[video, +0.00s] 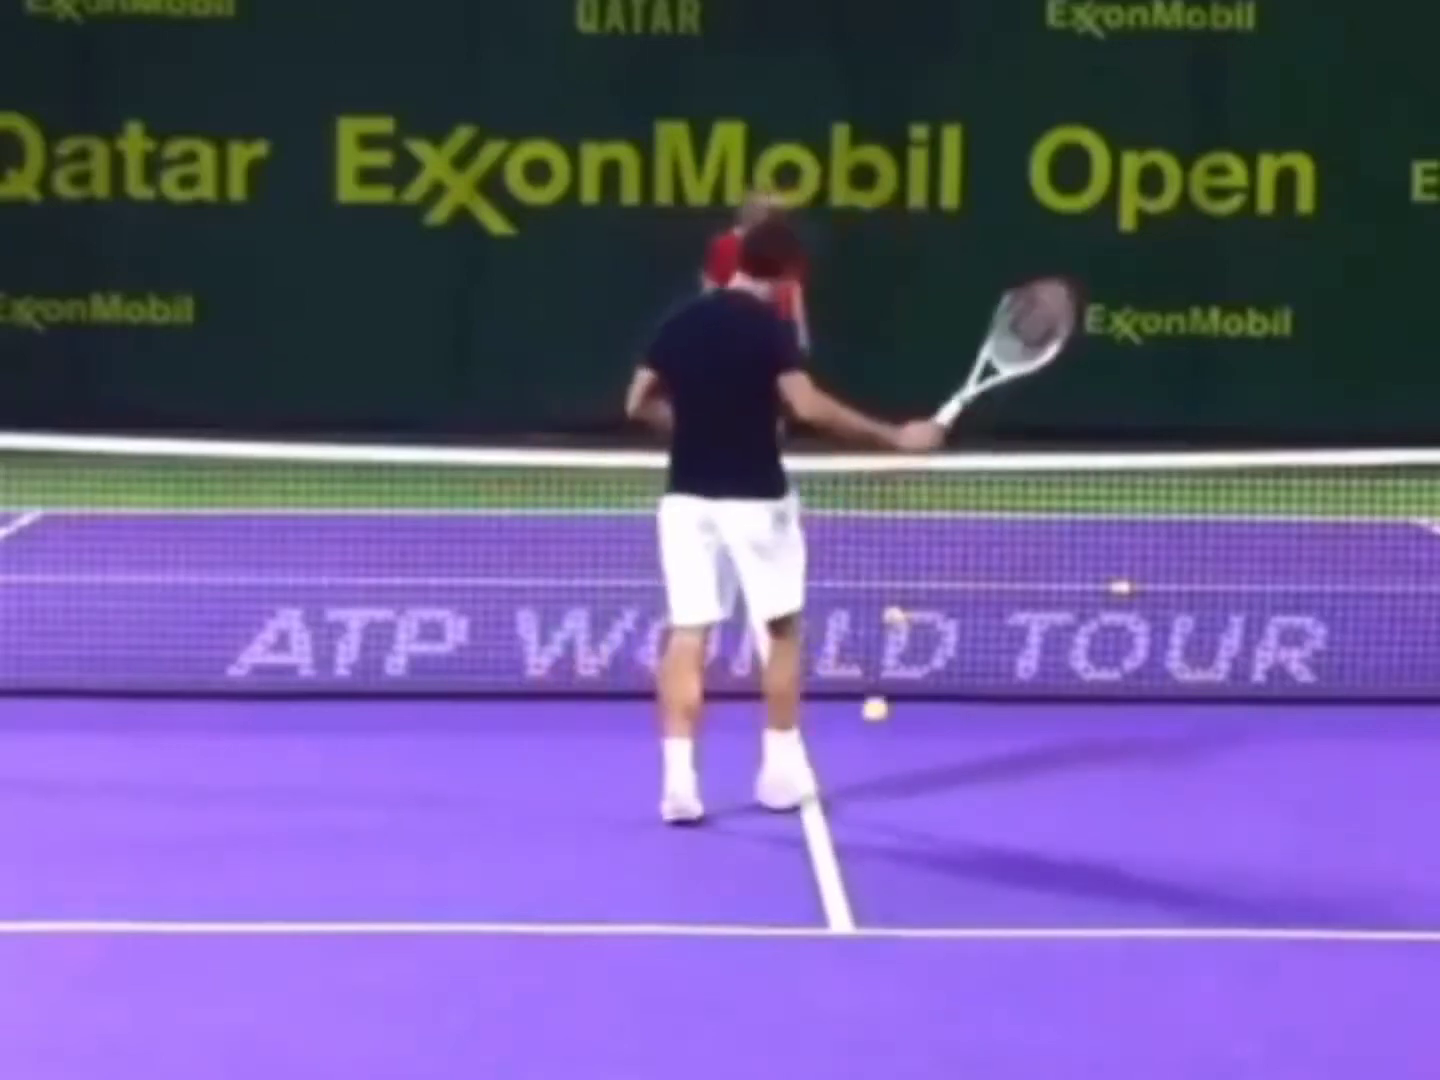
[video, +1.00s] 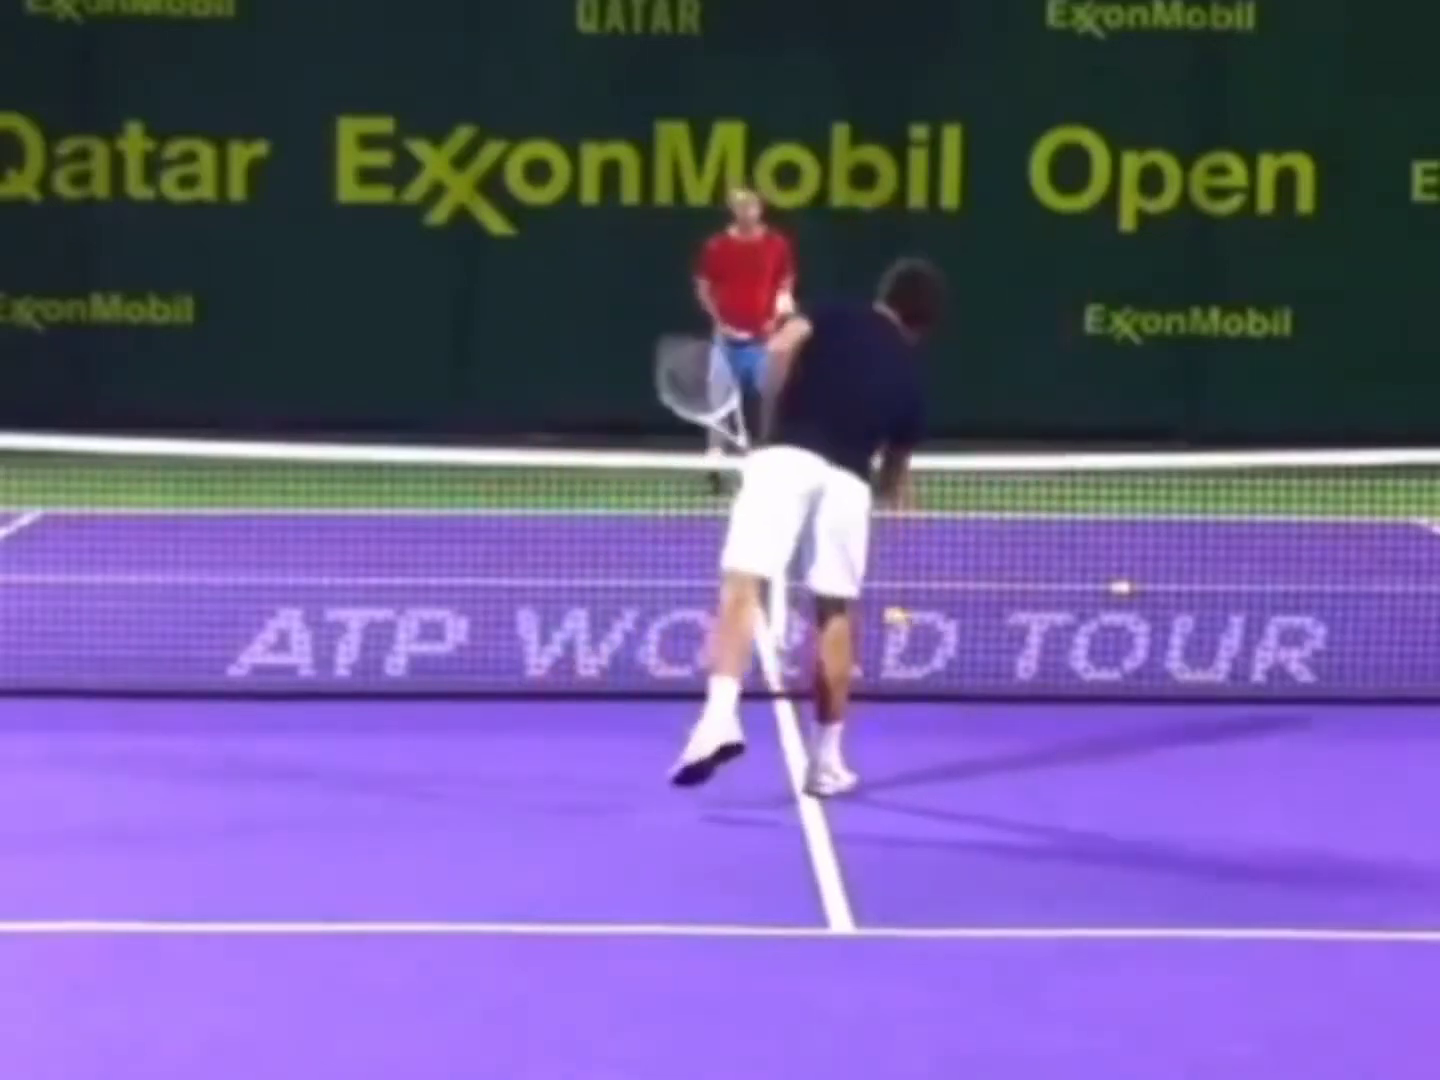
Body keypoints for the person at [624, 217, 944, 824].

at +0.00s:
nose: (794, 288)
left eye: (793, 279)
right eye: (794, 279)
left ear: (737, 263)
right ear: (783, 275)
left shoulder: (686, 318)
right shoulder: (771, 326)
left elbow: (639, 403)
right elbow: (807, 406)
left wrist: (690, 425)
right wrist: (896, 436)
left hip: (686, 497)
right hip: (757, 499)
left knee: (686, 633)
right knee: (781, 631)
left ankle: (677, 774)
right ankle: (782, 765)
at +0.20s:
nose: (839, 315)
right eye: (841, 306)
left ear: (786, 289)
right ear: (837, 306)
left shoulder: (731, 337)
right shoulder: (822, 354)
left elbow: (668, 411)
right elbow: (861, 438)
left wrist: (720, 441)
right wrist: (943, 468)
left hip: (714, 514)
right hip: (782, 522)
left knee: (698, 643)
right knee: (805, 641)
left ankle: (679, 775)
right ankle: (821, 760)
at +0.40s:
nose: (895, 344)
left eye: (895, 334)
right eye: (897, 335)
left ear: (850, 306)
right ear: (890, 330)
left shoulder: (787, 328)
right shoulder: (870, 371)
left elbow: (713, 377)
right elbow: (889, 472)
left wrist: (714, 449)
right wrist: (949, 531)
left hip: (741, 488)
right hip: (810, 504)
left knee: (711, 621)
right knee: (821, 626)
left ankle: (695, 742)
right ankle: (825, 762)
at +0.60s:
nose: (915, 367)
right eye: (917, 359)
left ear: (878, 324)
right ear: (913, 355)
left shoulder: (821, 328)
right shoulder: (895, 396)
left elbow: (750, 338)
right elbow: (899, 510)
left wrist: (723, 414)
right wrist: (913, 601)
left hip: (762, 463)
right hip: (827, 488)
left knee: (725, 595)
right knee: (825, 619)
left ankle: (688, 720)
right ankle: (824, 759)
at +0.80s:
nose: (921, 367)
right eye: (923, 359)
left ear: (884, 323)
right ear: (919, 356)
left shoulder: (836, 328)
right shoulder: (903, 397)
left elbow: (772, 346)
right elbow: (898, 505)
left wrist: (762, 421)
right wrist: (871, 539)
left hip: (778, 459)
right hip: (842, 487)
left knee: (727, 584)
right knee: (833, 616)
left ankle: (690, 705)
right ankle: (826, 759)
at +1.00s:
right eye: (922, 319)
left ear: (880, 297)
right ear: (926, 325)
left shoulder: (837, 315)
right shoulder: (910, 377)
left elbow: (781, 347)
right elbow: (895, 468)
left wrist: (771, 427)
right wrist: (883, 492)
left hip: (784, 460)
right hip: (847, 484)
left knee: (742, 586)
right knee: (835, 616)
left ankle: (720, 713)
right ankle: (828, 757)